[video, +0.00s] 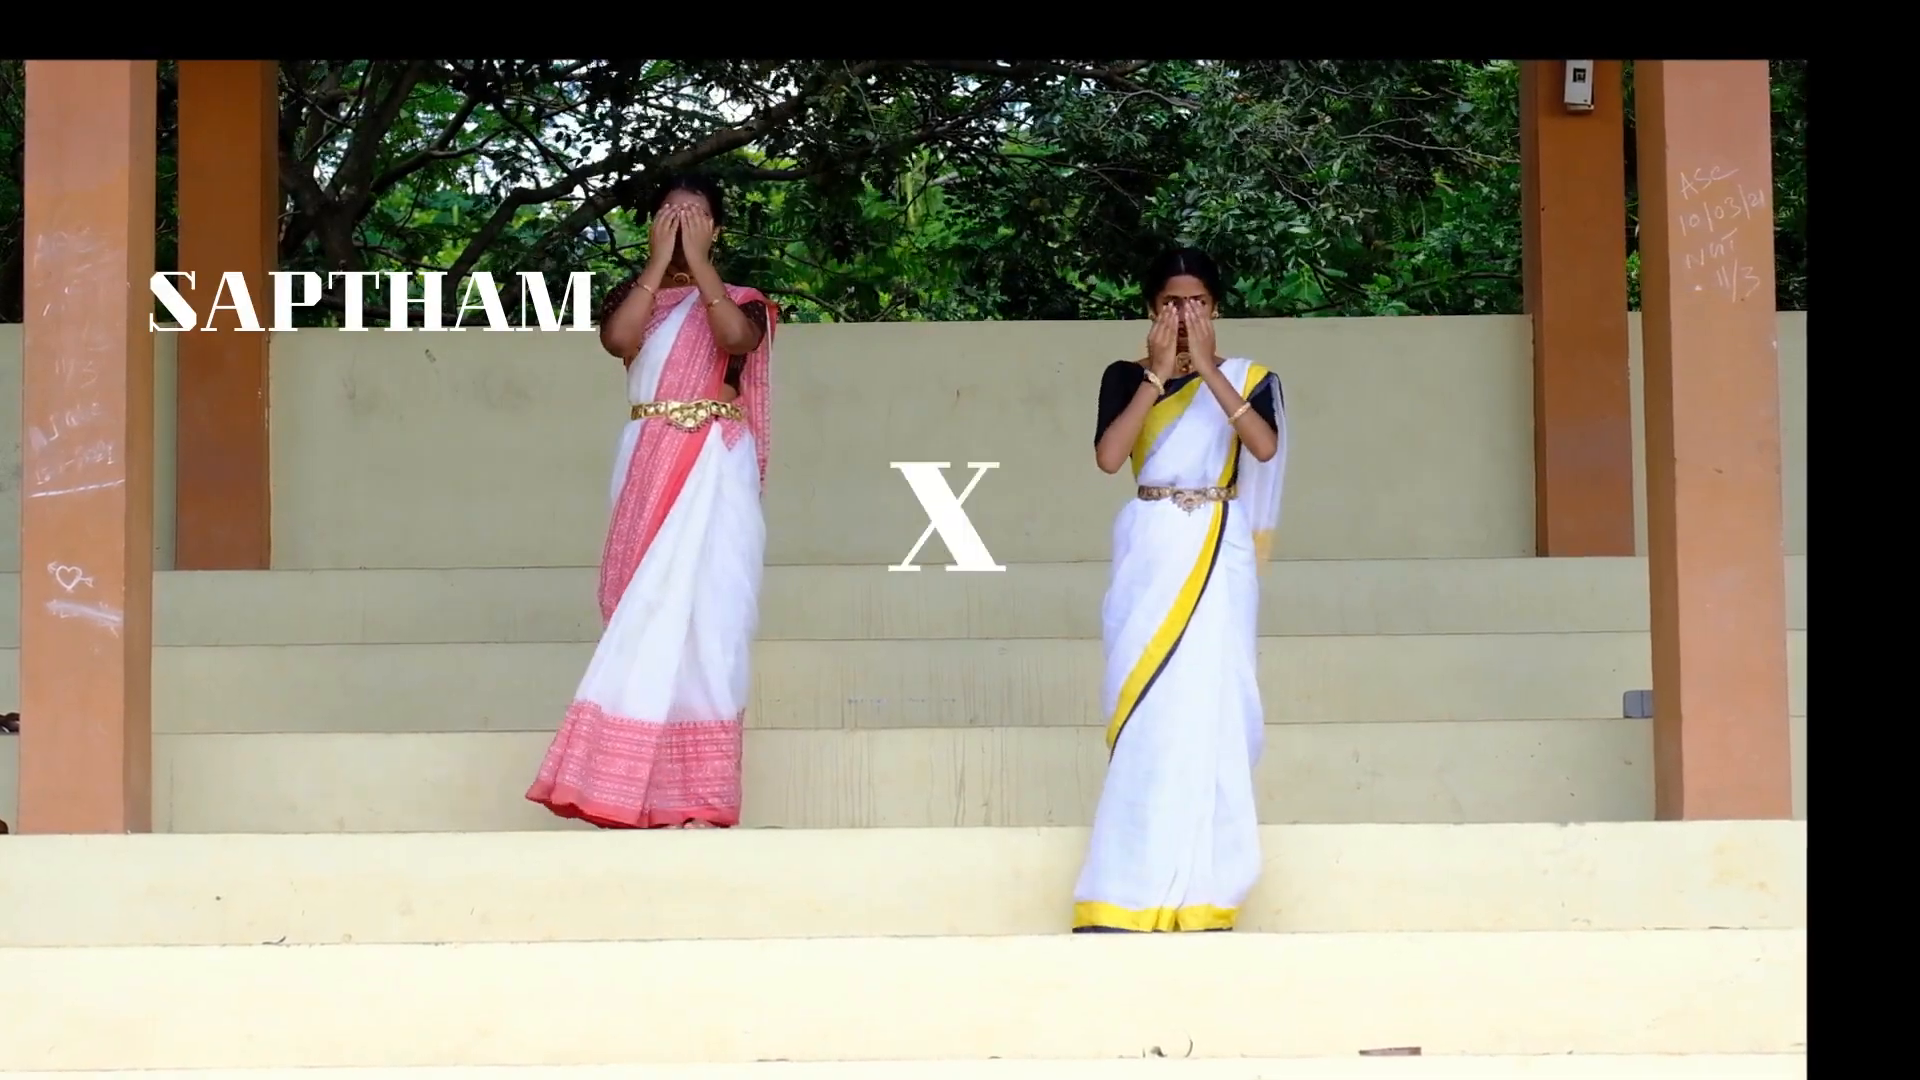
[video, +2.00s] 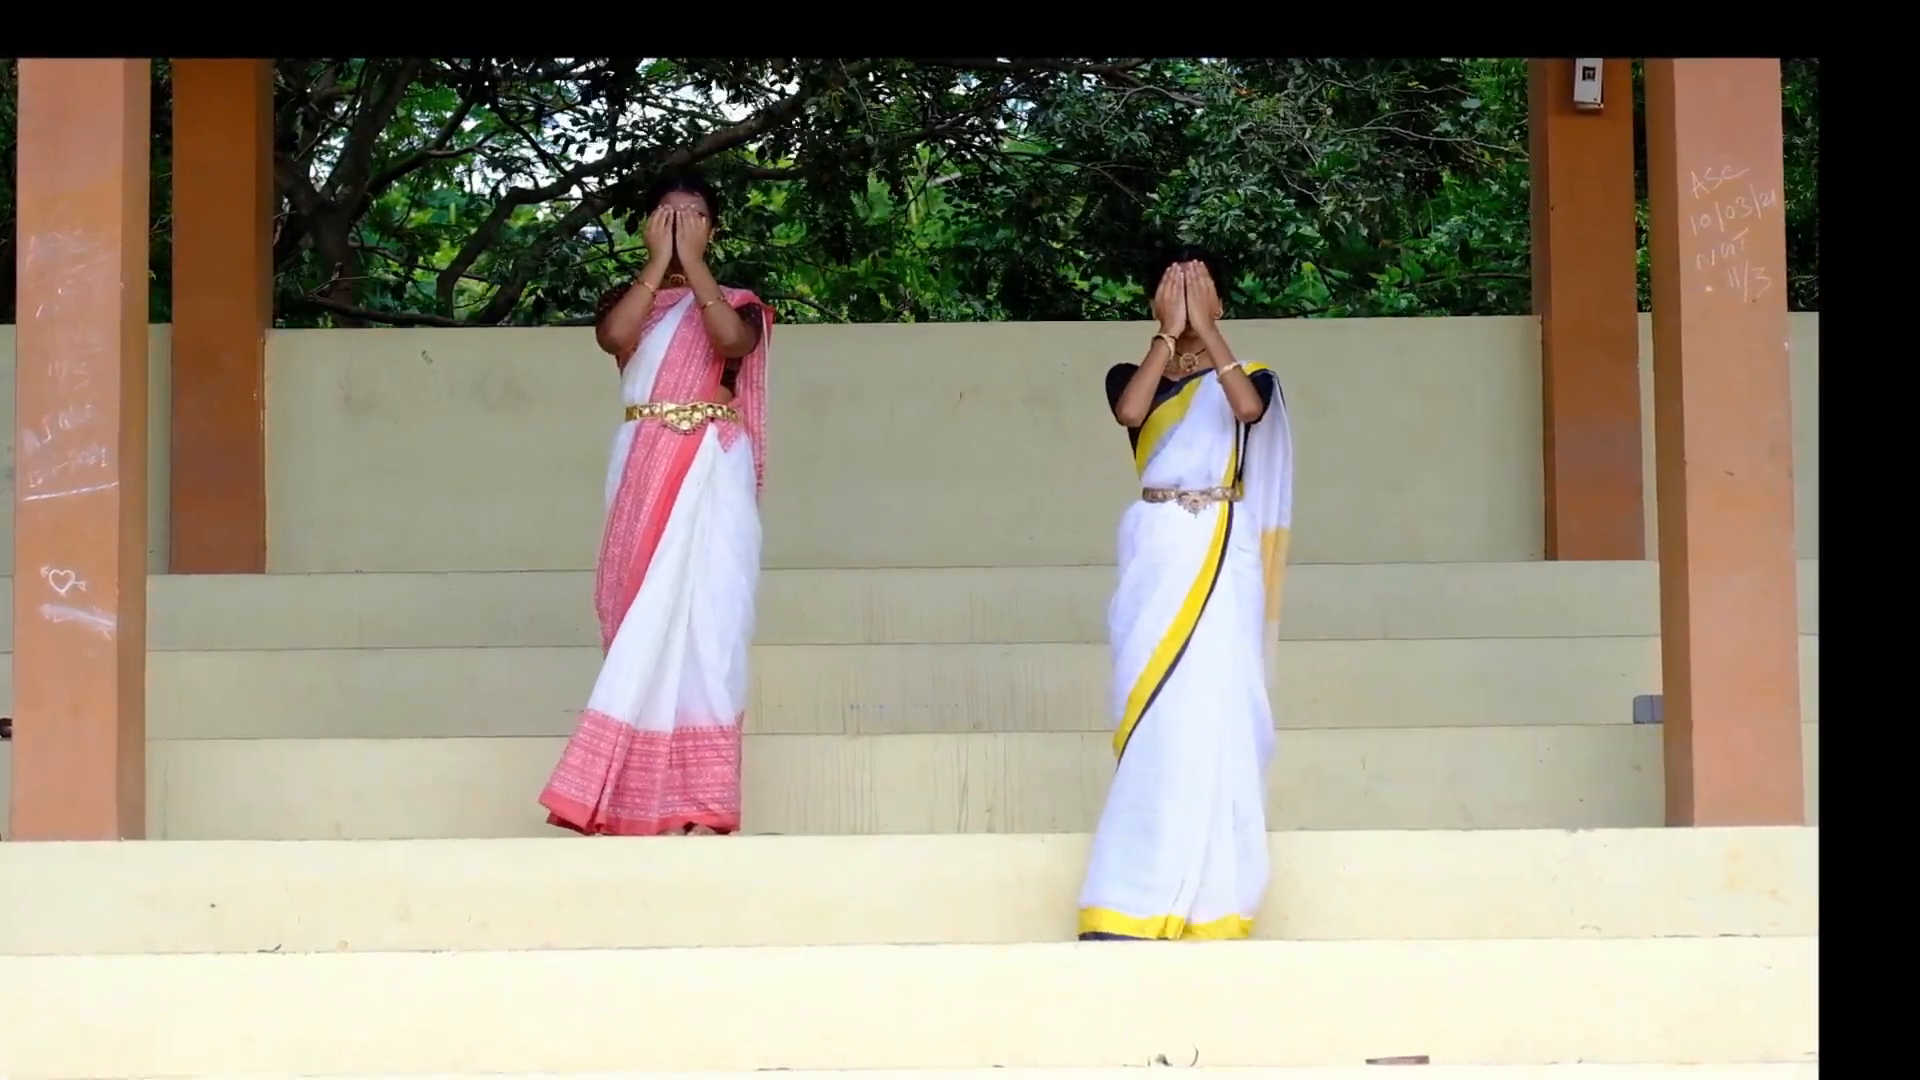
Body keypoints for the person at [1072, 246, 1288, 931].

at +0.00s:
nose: (1185, 313)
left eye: (1196, 302)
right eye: (1172, 303)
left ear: (1216, 310)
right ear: (1153, 313)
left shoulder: (1246, 377)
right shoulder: (1127, 377)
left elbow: (1264, 445)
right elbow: (1110, 457)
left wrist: (1206, 368)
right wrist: (1155, 376)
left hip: (1217, 557)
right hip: (1147, 555)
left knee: (1205, 712)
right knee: (1142, 711)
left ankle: (1201, 889)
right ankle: (1133, 889)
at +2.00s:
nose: (1185, 311)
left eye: (1197, 296)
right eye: (1173, 296)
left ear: (1219, 305)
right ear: (1156, 308)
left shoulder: (1249, 377)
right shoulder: (1137, 379)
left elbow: (1246, 407)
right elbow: (1130, 408)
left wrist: (1208, 326)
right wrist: (1166, 333)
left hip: (1220, 555)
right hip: (1152, 553)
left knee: (1208, 712)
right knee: (1148, 710)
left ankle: (1208, 894)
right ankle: (1140, 893)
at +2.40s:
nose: (1186, 317)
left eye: (1200, 303)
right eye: (1176, 304)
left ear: (1222, 308)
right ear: (1158, 310)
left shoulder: (1253, 378)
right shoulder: (1137, 379)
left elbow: (1248, 408)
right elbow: (1131, 409)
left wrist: (1210, 327)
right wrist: (1169, 334)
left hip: (1223, 564)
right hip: (1154, 561)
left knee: (1214, 719)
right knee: (1151, 718)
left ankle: (1210, 900)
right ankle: (1140, 900)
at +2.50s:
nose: (1188, 318)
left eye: (1201, 306)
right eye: (1177, 306)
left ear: (1223, 310)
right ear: (1159, 312)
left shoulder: (1254, 378)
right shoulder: (1138, 379)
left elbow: (1248, 408)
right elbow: (1131, 409)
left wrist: (1211, 328)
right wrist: (1170, 335)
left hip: (1223, 564)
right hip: (1154, 561)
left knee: (1214, 718)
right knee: (1151, 717)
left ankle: (1211, 900)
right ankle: (1140, 899)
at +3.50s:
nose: (1209, 305)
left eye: (1221, 292)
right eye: (1197, 294)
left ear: (1246, 305)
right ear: (1180, 307)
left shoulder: (1269, 381)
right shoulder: (1162, 373)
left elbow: (1263, 422)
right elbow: (1114, 406)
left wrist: (1229, 339)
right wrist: (1157, 333)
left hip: (1224, 562)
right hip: (1154, 557)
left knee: (1215, 723)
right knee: (1153, 720)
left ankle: (1213, 904)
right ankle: (1147, 902)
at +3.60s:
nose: (1201, 308)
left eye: (1214, 295)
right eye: (1191, 294)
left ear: (1237, 306)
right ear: (1174, 307)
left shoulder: (1263, 379)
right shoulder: (1156, 374)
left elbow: (1259, 423)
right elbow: (1120, 410)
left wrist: (1222, 339)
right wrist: (1159, 336)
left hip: (1223, 561)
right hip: (1155, 557)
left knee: (1215, 722)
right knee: (1153, 719)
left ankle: (1215, 902)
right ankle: (1148, 901)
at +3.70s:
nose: (1197, 307)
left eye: (1209, 296)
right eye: (1186, 295)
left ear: (1233, 305)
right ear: (1170, 305)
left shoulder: (1259, 379)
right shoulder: (1149, 372)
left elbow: (1256, 422)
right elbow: (1123, 414)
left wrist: (1217, 338)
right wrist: (1162, 342)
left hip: (1223, 558)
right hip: (1155, 554)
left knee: (1216, 718)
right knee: (1153, 715)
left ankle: (1216, 897)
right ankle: (1150, 896)